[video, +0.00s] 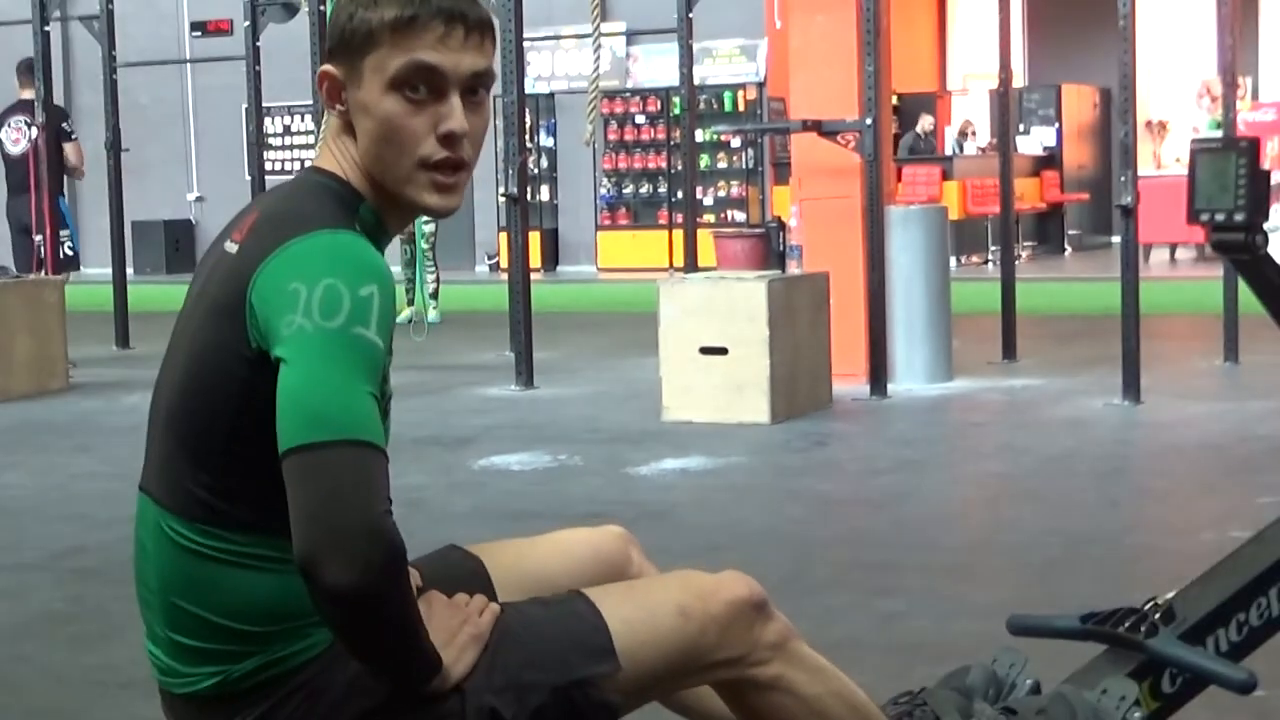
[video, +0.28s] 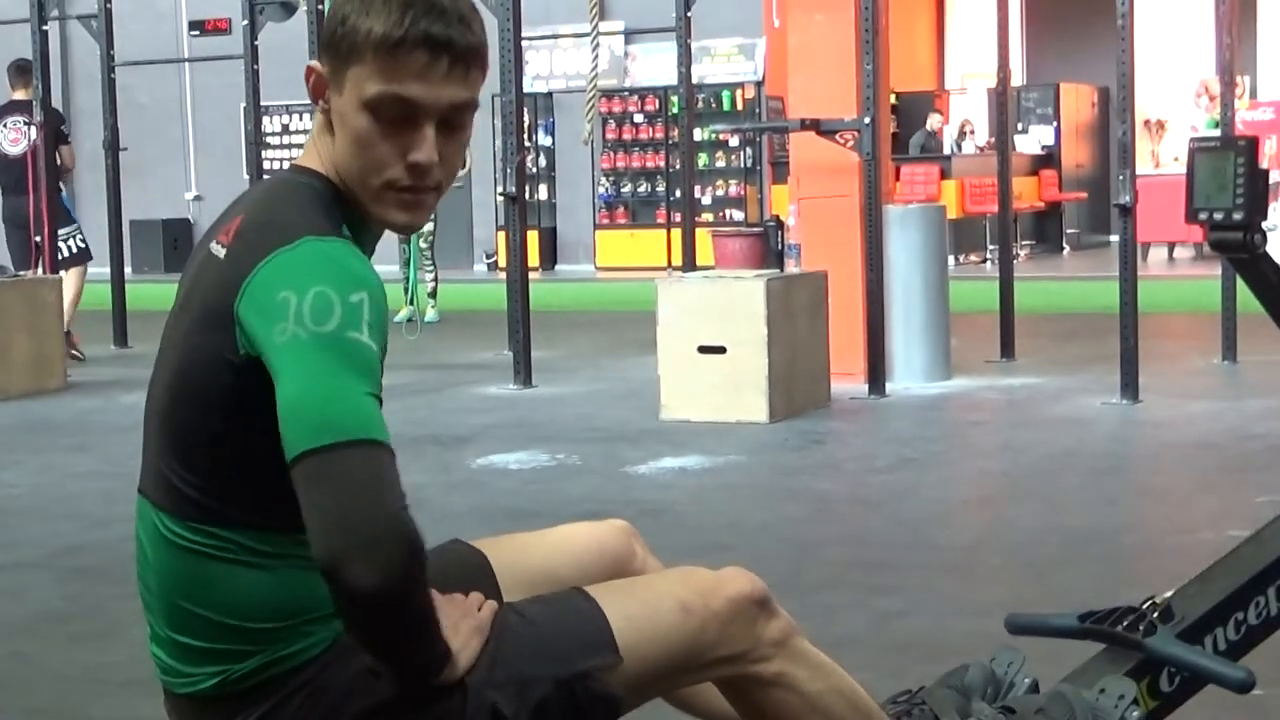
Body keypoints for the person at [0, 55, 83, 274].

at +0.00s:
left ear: (18, 80)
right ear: (44, 79)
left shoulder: (5, 117)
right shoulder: (55, 113)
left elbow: (13, 160)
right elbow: (75, 162)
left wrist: (66, 167)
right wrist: (62, 165)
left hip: (16, 201)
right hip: (47, 201)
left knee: (27, 276)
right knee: (59, 274)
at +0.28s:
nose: (25, 85)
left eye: (17, 81)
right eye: (30, 80)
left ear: (9, 83)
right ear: (34, 81)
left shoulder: (2, 114)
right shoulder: (50, 114)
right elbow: (68, 162)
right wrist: (51, 176)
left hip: (11, 205)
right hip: (46, 201)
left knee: (26, 272)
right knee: (77, 259)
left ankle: (35, 341)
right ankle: (63, 328)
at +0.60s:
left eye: (17, 81)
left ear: (13, 83)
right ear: (41, 80)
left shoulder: (2, 117)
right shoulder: (57, 113)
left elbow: (3, 166)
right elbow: (72, 159)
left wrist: (23, 164)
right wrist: (47, 161)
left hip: (17, 204)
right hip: (54, 200)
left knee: (29, 271)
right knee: (67, 269)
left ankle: (33, 339)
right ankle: (77, 332)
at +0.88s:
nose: (57, 85)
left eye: (55, 81)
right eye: (57, 81)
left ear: (30, 81)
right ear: (52, 81)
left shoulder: (12, 114)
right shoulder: (71, 115)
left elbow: (5, 162)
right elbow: (76, 160)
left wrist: (29, 165)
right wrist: (54, 166)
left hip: (28, 201)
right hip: (63, 201)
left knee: (29, 268)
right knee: (66, 266)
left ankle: (30, 334)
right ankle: (70, 332)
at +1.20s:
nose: (61, 84)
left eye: (59, 79)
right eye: (61, 79)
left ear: (33, 80)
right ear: (56, 80)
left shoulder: (16, 112)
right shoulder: (75, 113)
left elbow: (9, 160)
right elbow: (78, 157)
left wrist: (33, 158)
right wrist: (54, 158)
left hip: (29, 196)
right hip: (64, 196)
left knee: (20, 262)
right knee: (65, 263)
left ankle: (21, 331)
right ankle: (66, 328)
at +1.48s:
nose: (50, 90)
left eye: (46, 86)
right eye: (49, 86)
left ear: (23, 87)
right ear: (44, 86)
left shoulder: (6, 119)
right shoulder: (61, 118)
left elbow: (3, 166)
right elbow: (72, 163)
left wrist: (22, 171)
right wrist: (46, 164)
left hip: (19, 197)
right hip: (53, 197)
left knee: (20, 262)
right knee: (57, 259)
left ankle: (20, 327)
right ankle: (61, 323)